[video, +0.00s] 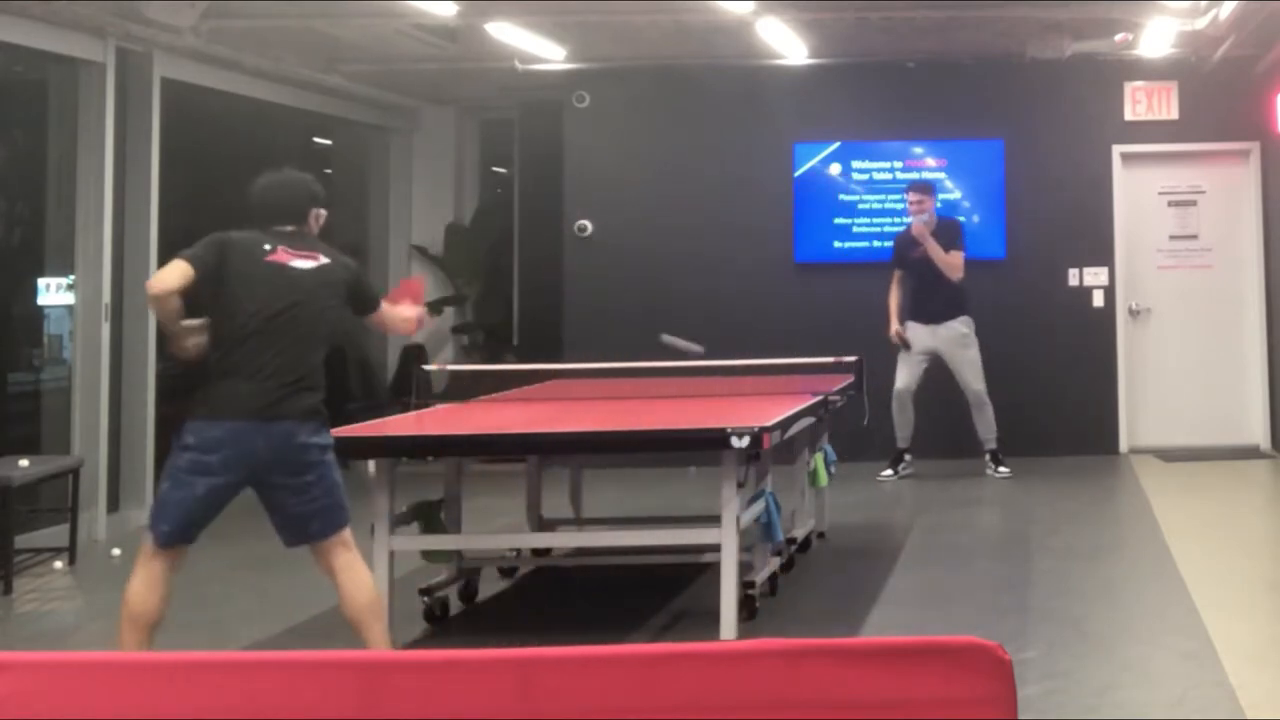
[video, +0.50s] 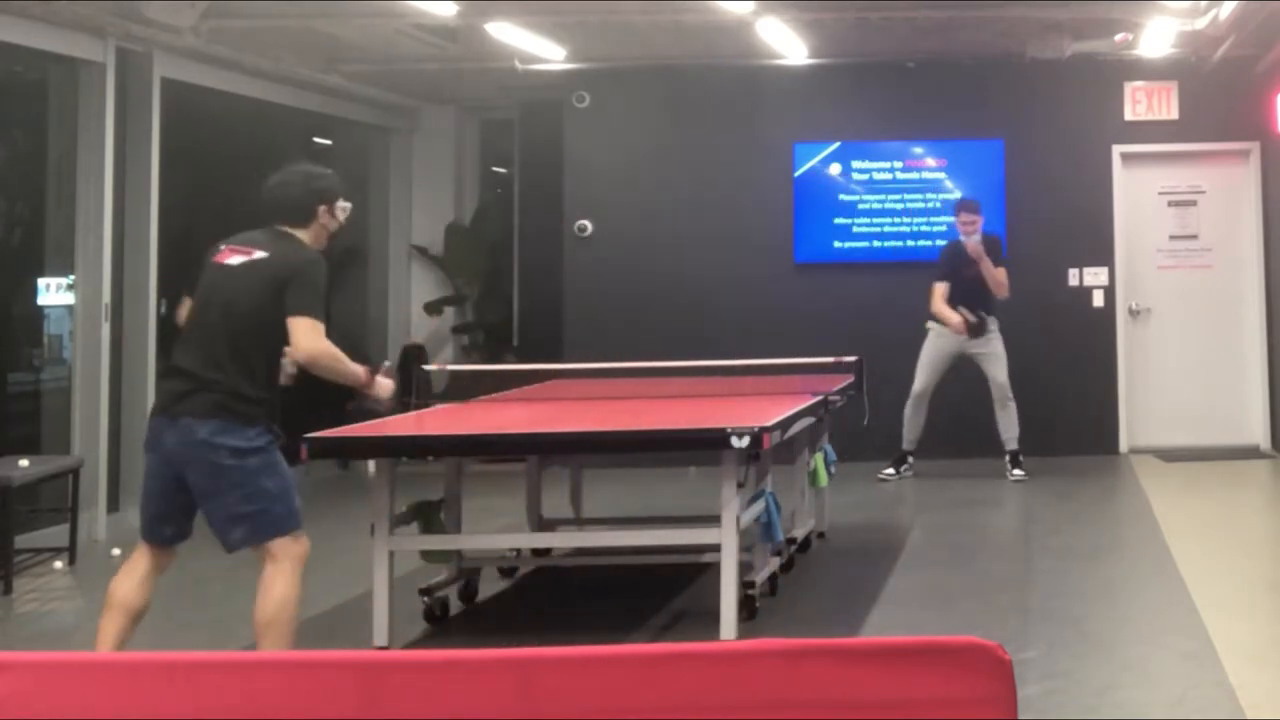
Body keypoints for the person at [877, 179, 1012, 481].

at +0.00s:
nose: (915, 208)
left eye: (920, 203)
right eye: (911, 204)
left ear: (933, 203)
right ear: (907, 205)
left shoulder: (950, 228)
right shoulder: (903, 240)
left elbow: (956, 271)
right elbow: (897, 282)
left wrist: (926, 238)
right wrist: (894, 321)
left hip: (955, 326)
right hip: (916, 328)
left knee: (977, 390)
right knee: (902, 389)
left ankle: (992, 454)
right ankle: (902, 454)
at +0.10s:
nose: (917, 210)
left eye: (922, 205)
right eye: (913, 206)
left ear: (934, 204)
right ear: (908, 207)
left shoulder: (951, 230)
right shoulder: (904, 242)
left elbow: (956, 275)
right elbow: (898, 282)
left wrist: (928, 241)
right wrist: (897, 320)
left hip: (958, 325)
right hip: (919, 327)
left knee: (981, 388)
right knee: (905, 390)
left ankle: (997, 452)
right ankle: (902, 456)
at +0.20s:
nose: (926, 216)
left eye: (931, 211)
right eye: (922, 212)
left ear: (942, 209)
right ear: (918, 212)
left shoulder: (959, 234)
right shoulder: (911, 246)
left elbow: (965, 279)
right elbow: (900, 288)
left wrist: (937, 246)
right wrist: (906, 322)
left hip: (963, 327)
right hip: (923, 330)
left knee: (988, 386)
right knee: (906, 389)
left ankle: (1006, 452)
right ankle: (902, 458)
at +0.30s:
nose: (941, 223)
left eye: (946, 218)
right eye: (937, 218)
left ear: (956, 215)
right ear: (931, 217)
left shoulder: (972, 238)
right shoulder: (923, 249)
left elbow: (981, 284)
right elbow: (906, 299)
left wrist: (953, 252)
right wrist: (923, 319)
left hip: (970, 329)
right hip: (931, 331)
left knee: (993, 388)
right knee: (911, 388)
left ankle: (1013, 454)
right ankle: (903, 457)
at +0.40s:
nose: (958, 227)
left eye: (962, 222)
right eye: (952, 223)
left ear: (971, 220)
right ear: (946, 223)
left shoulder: (984, 243)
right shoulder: (938, 253)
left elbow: (997, 289)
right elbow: (918, 306)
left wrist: (971, 257)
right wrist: (948, 322)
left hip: (980, 330)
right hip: (940, 331)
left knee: (998, 390)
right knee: (915, 389)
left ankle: (1013, 456)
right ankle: (903, 457)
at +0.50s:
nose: (967, 228)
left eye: (972, 223)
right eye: (962, 223)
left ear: (981, 221)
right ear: (956, 223)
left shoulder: (993, 246)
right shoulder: (950, 252)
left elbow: (1003, 291)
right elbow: (937, 302)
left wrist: (982, 258)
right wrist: (954, 319)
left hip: (985, 329)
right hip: (947, 328)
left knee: (1002, 388)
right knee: (919, 390)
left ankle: (1013, 455)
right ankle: (905, 456)